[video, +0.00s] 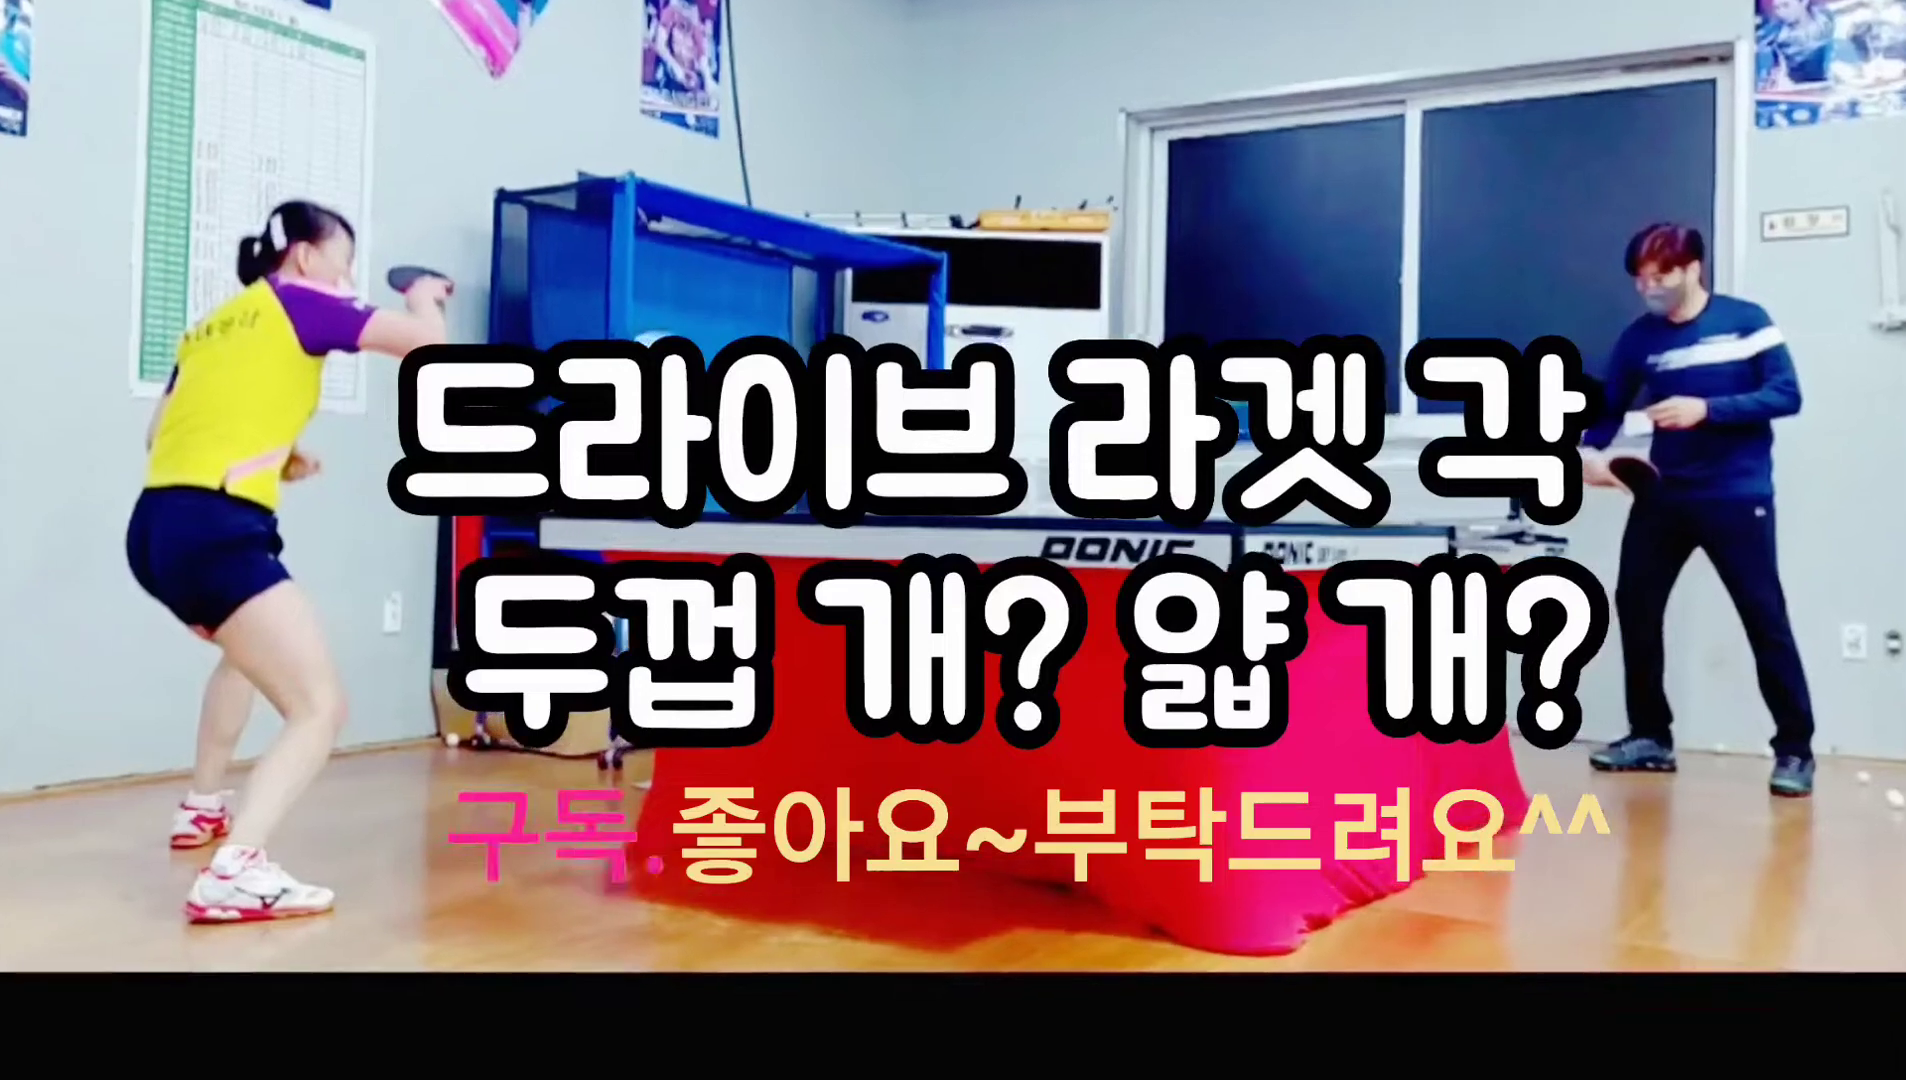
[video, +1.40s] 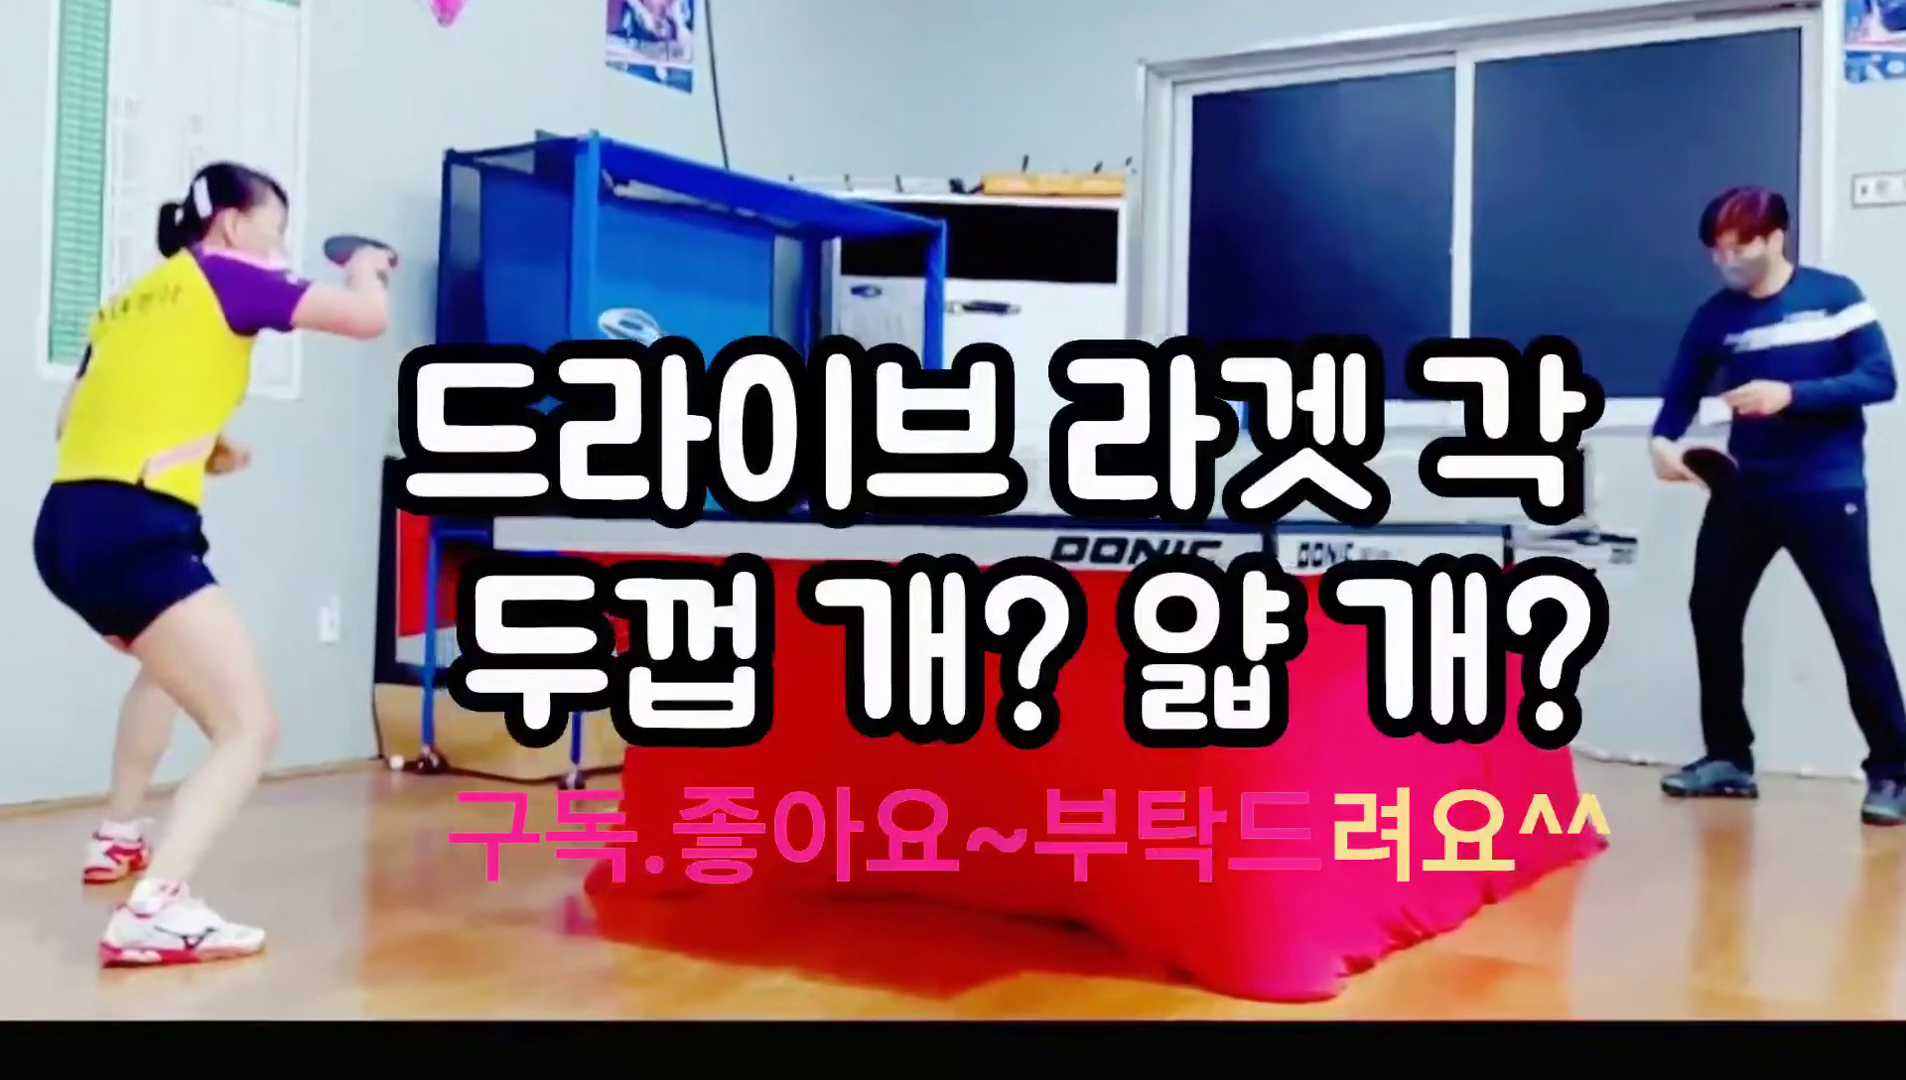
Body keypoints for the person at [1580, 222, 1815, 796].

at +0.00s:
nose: (1647, 286)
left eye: (1658, 274)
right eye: (1640, 277)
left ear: (1692, 269)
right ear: (1636, 279)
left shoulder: (1746, 320)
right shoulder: (1639, 338)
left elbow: (1785, 395)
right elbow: (1606, 413)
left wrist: (1706, 409)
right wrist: (1588, 453)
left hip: (1737, 503)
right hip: (1661, 503)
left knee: (1766, 623)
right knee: (1635, 608)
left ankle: (1794, 751)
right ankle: (1651, 737)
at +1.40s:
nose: (1723, 258)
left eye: (1735, 245)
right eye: (1718, 247)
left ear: (1774, 239)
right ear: (1714, 249)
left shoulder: (1835, 296)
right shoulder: (1717, 316)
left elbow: (1879, 378)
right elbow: (1682, 391)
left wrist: (1790, 394)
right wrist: (1661, 442)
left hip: (1825, 498)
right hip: (1742, 497)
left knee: (1858, 633)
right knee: (1712, 614)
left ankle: (1889, 773)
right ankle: (1728, 758)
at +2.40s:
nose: (1773, 240)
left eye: (1787, 226)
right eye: (1765, 228)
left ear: (1827, 221)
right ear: (1759, 231)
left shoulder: (1893, 283)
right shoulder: (1764, 304)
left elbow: (1905, 373)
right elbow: (1729, 384)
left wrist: (1844, 383)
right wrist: (1708, 435)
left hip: (1880, 496)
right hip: (1793, 495)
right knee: (1761, 615)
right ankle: (1778, 772)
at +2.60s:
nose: (1738, 388)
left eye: (1748, 376)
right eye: (1730, 381)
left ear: (1780, 378)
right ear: (1725, 388)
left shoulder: (1825, 433)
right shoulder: (1729, 449)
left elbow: (1857, 510)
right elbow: (1722, 532)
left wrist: (1782, 544)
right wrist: (1689, 560)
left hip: (1821, 618)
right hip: (1750, 619)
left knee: (1843, 742)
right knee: (1736, 733)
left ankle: (1863, 864)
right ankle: (1729, 848)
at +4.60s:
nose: (1735, 390)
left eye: (1746, 379)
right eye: (1727, 384)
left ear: (1776, 380)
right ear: (1723, 392)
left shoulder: (1825, 433)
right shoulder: (1731, 452)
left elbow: (1861, 508)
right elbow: (1727, 532)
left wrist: (1776, 530)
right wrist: (1694, 565)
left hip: (1822, 617)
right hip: (1753, 618)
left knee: (1842, 740)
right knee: (1733, 731)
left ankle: (1864, 863)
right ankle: (1729, 849)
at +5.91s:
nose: (1721, 407)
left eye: (1732, 396)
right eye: (1715, 398)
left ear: (1766, 395)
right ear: (1711, 400)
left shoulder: (1823, 442)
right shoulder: (1713, 458)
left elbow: (1866, 513)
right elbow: (1663, 502)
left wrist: (1792, 536)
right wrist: (1631, 546)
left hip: (1819, 618)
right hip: (1744, 618)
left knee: (1843, 737)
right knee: (1717, 723)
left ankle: (1864, 863)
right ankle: (1726, 849)